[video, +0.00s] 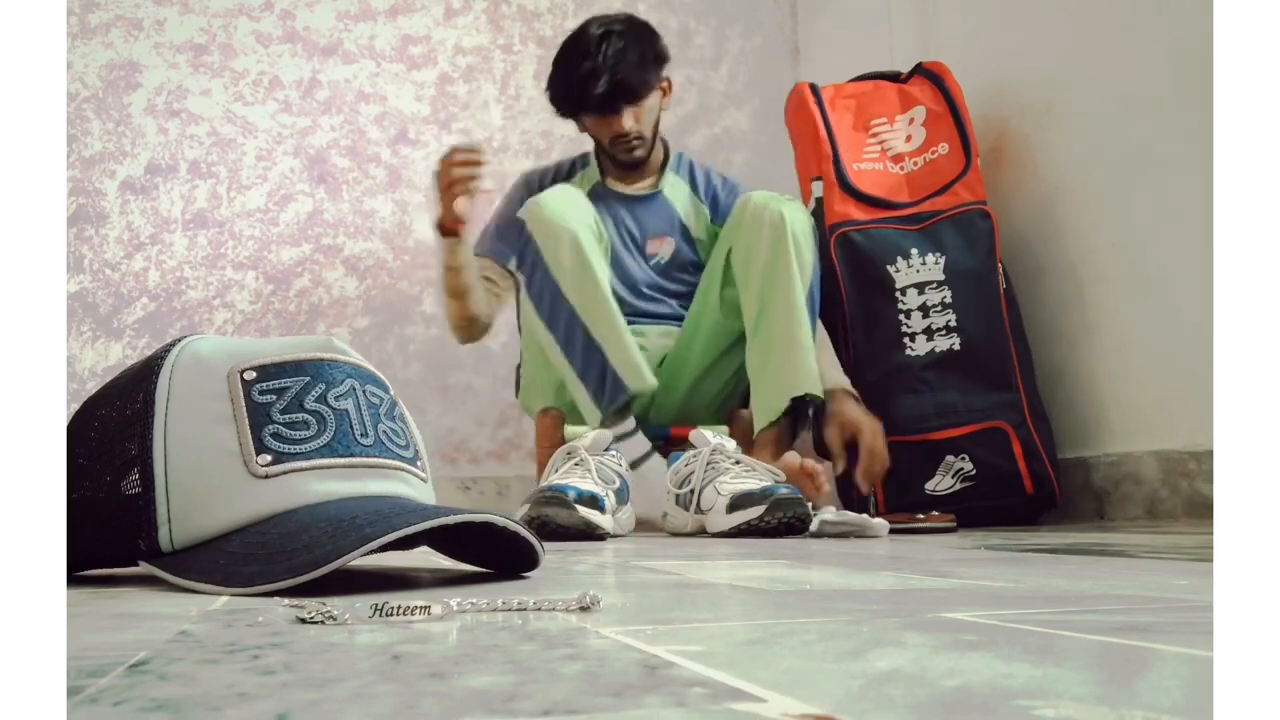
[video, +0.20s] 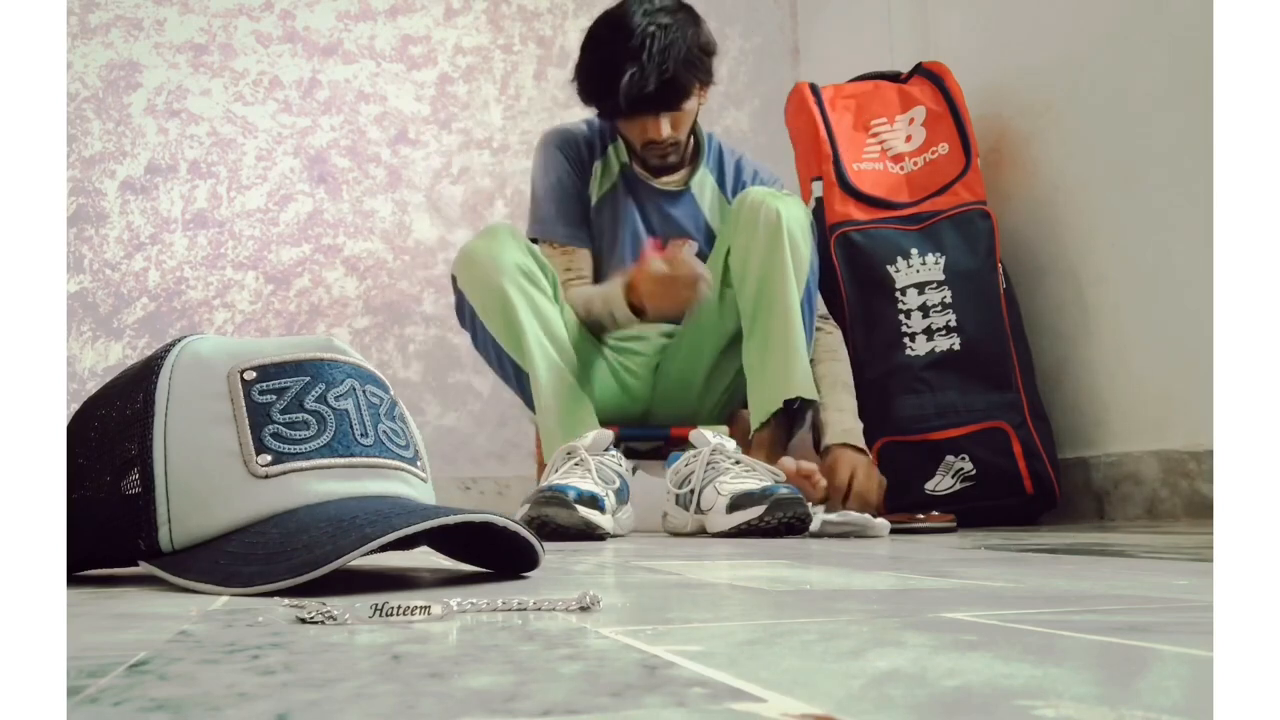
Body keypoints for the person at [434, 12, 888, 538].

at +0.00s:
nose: (624, 127)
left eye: (635, 103)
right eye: (602, 112)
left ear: (664, 92)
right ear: (577, 113)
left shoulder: (710, 192)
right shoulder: (543, 192)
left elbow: (784, 298)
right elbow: (470, 327)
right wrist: (455, 238)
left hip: (701, 383)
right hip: (595, 387)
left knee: (775, 214)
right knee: (552, 210)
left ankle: (766, 460)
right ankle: (583, 460)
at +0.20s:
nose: (657, 132)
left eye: (671, 109)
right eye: (636, 113)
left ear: (700, 91)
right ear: (608, 105)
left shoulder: (749, 184)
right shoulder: (569, 154)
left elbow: (817, 326)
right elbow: (565, 302)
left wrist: (844, 440)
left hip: (702, 382)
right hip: (598, 375)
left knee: (772, 208)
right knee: (487, 252)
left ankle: (742, 464)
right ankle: (583, 459)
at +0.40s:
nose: (658, 126)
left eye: (674, 101)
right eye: (635, 105)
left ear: (693, 89)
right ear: (596, 99)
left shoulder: (728, 178)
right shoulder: (554, 165)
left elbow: (798, 296)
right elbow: (607, 310)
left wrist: (828, 372)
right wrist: (726, 363)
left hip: (702, 387)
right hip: (603, 380)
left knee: (751, 201)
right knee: (495, 251)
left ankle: (722, 460)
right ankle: (585, 461)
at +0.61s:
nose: (675, 126)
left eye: (690, 101)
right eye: (652, 107)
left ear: (711, 86)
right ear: (616, 98)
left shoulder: (745, 183)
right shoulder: (566, 175)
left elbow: (807, 305)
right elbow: (614, 326)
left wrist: (843, 385)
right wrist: (729, 386)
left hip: (704, 383)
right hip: (606, 381)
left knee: (761, 204)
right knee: (502, 248)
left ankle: (734, 460)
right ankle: (585, 457)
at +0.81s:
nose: (712, 134)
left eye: (730, 112)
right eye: (691, 112)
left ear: (749, 98)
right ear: (649, 97)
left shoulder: (766, 188)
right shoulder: (590, 171)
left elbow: (814, 321)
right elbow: (628, 331)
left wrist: (843, 405)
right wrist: (755, 400)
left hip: (713, 389)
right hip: (613, 383)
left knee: (767, 204)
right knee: (516, 245)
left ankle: (721, 457)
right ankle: (591, 457)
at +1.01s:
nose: (730, 138)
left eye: (747, 119)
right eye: (709, 116)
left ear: (766, 106)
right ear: (663, 96)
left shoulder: (774, 189)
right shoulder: (599, 170)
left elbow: (819, 326)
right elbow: (639, 332)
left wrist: (857, 417)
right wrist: (772, 411)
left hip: (717, 388)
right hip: (615, 382)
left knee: (773, 207)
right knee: (518, 243)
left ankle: (723, 457)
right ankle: (591, 454)